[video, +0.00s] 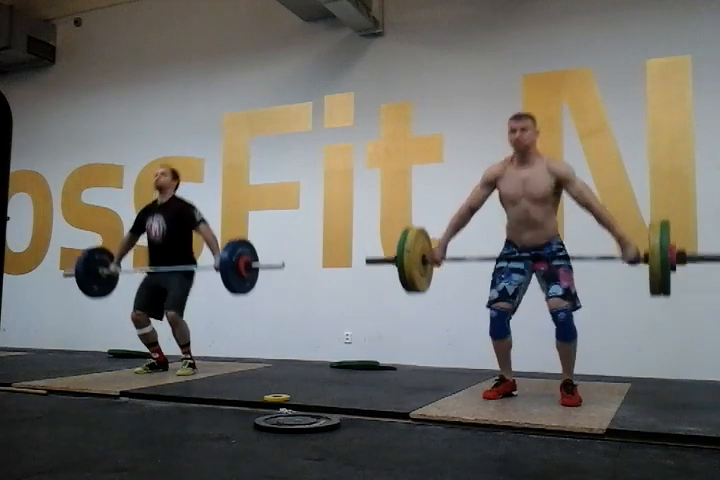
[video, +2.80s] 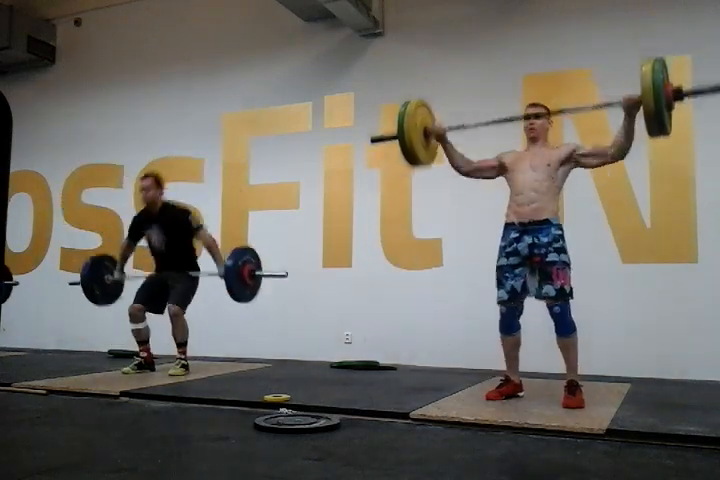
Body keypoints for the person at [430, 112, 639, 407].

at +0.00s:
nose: (518, 136)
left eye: (523, 130)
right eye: (513, 131)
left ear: (536, 134)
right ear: (508, 136)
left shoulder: (555, 170)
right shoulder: (497, 173)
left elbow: (592, 205)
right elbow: (468, 209)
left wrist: (623, 241)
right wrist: (442, 242)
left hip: (550, 251)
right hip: (514, 252)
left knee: (562, 315)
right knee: (498, 315)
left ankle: (568, 383)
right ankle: (506, 380)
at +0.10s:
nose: (525, 119)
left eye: (530, 114)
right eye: (520, 115)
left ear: (542, 118)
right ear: (515, 121)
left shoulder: (560, 152)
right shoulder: (502, 155)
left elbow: (596, 184)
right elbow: (470, 186)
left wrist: (624, 214)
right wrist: (442, 216)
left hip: (547, 236)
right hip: (512, 237)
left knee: (556, 309)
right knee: (505, 308)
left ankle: (567, 380)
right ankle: (506, 377)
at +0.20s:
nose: (531, 116)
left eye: (537, 112)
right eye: (527, 113)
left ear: (548, 119)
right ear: (521, 120)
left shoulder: (561, 145)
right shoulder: (508, 147)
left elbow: (599, 157)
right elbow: (470, 165)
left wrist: (623, 173)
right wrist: (440, 183)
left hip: (547, 221)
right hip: (512, 221)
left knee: (562, 295)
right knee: (499, 294)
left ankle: (573, 375)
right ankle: (499, 368)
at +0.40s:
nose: (531, 151)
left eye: (537, 146)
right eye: (527, 146)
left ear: (548, 151)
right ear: (521, 150)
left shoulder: (564, 180)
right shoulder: (506, 182)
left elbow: (612, 177)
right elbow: (462, 182)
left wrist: (628, 140)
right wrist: (435, 153)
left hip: (554, 272)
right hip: (516, 273)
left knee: (583, 318)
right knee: (469, 314)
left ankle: (579, 387)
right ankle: (488, 381)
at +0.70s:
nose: (517, 203)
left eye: (523, 198)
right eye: (512, 199)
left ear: (535, 199)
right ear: (506, 201)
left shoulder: (555, 223)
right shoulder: (496, 225)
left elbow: (599, 195)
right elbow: (461, 203)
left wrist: (634, 161)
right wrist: (434, 176)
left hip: (555, 304)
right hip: (517, 305)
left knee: (587, 325)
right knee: (471, 320)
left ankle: (578, 388)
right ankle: (490, 382)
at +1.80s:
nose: (518, 167)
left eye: (523, 161)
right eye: (513, 162)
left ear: (536, 160)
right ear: (507, 164)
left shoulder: (557, 183)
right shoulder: (500, 188)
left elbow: (604, 154)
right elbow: (464, 166)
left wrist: (635, 118)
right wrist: (440, 141)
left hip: (556, 270)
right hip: (520, 271)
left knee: (582, 323)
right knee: (473, 315)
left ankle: (578, 388)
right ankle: (489, 382)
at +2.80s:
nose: (532, 122)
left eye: (538, 118)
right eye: (528, 118)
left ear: (549, 123)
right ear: (523, 124)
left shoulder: (564, 153)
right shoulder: (509, 160)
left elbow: (616, 152)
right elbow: (465, 167)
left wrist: (630, 114)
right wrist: (443, 139)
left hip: (548, 235)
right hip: (512, 236)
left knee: (560, 310)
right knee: (508, 311)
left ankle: (572, 382)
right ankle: (511, 380)